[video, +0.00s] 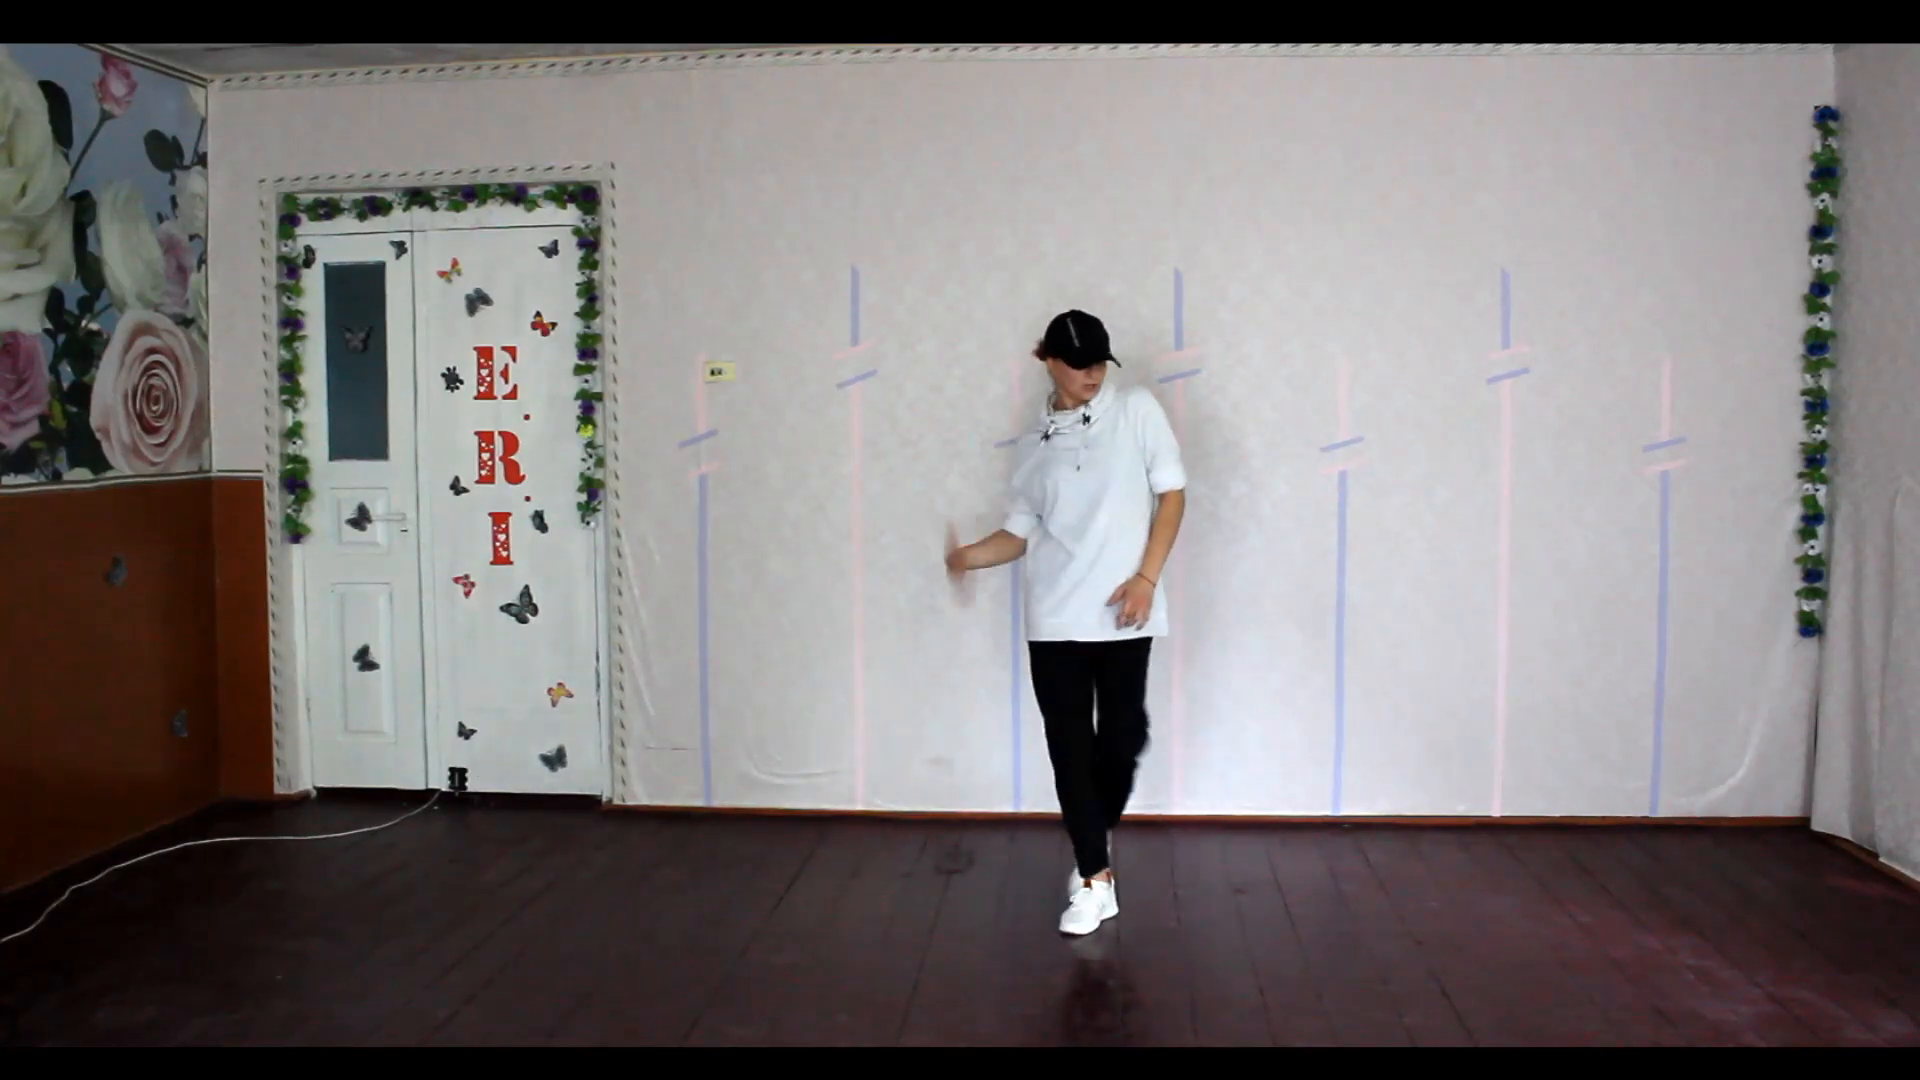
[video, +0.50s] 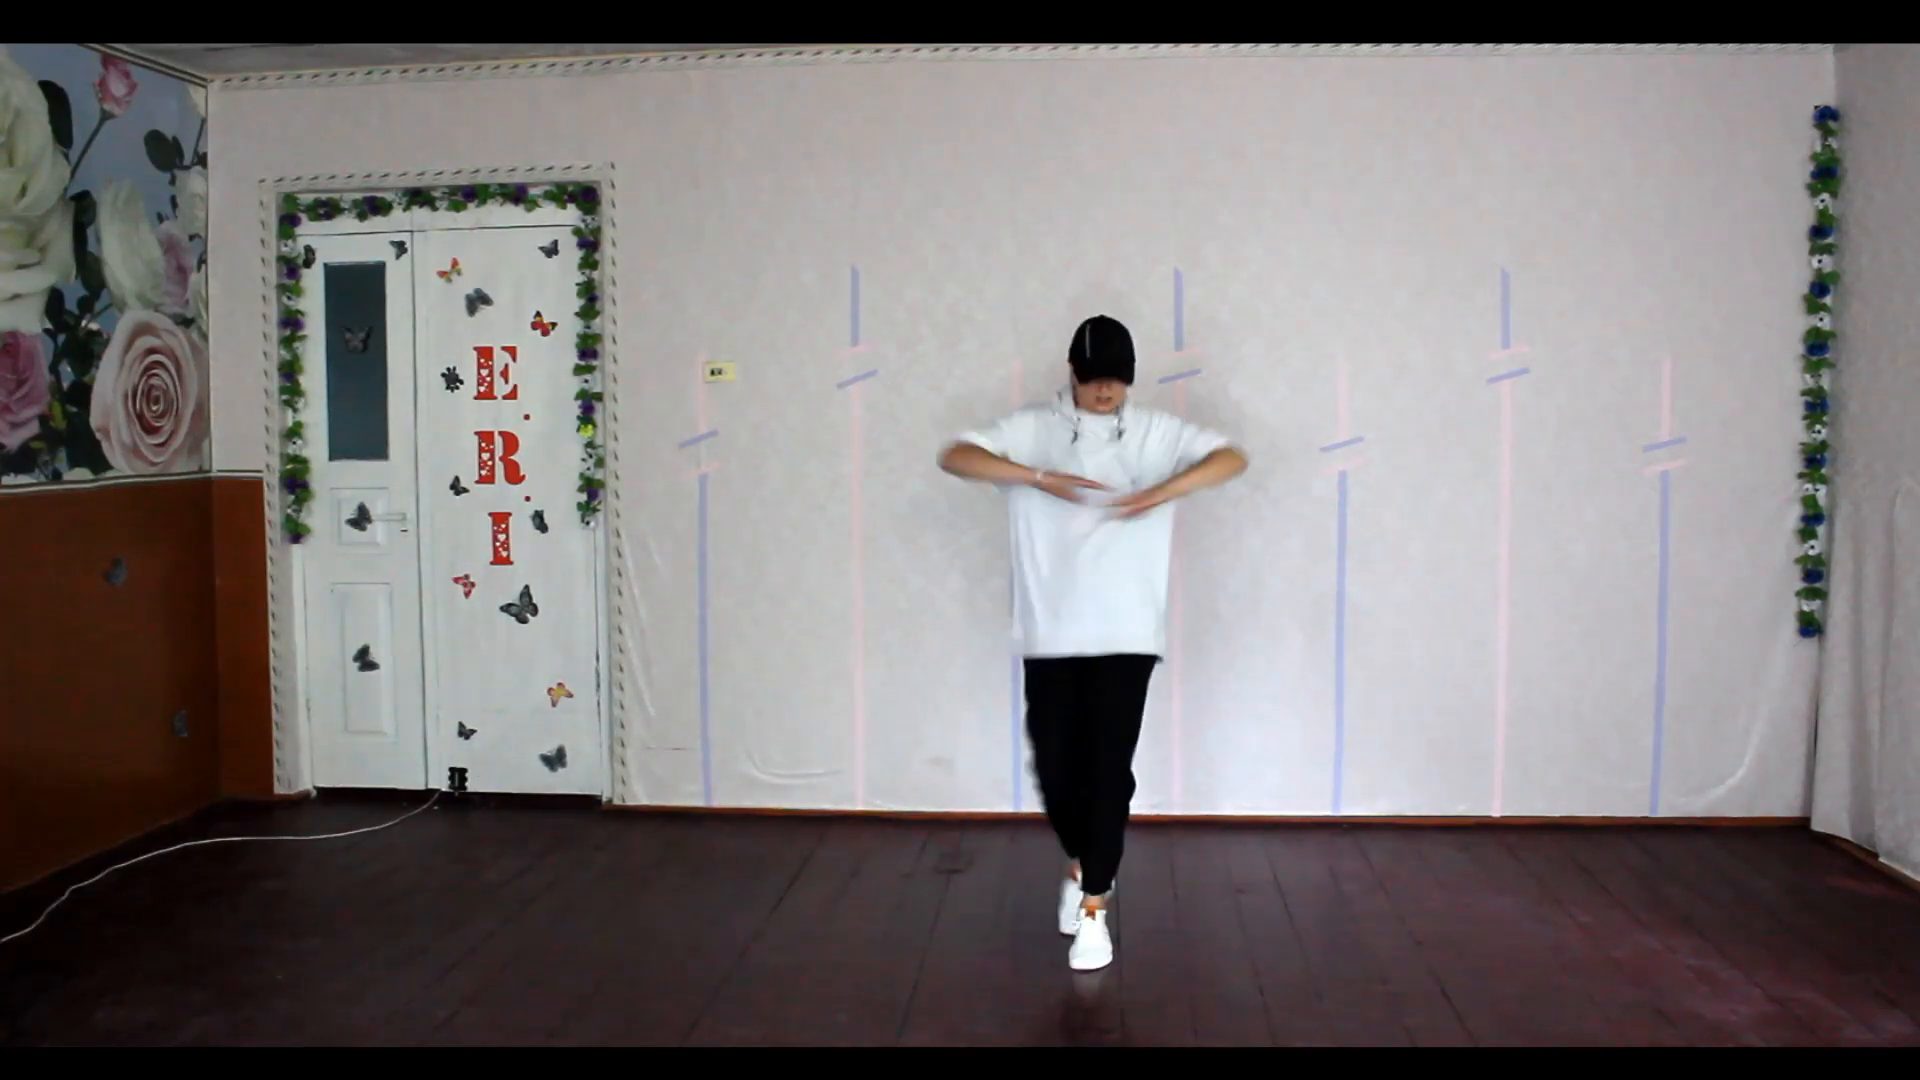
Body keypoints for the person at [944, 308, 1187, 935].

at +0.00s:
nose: (1094, 377)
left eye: (1100, 366)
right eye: (1082, 368)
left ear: (1108, 361)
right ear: (1051, 364)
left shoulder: (1134, 407)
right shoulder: (1035, 445)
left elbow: (1172, 494)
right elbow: (1018, 533)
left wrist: (1147, 577)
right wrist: (974, 554)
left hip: (1122, 617)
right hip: (1053, 623)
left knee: (1124, 739)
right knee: (1070, 750)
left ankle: (1091, 848)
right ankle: (1095, 879)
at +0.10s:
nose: (1083, 380)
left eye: (1093, 369)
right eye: (1071, 369)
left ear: (1106, 363)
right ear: (1049, 363)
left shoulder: (1134, 406)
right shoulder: (1032, 442)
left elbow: (1176, 491)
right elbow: (1018, 524)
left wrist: (1153, 572)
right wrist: (983, 556)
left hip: (1125, 620)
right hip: (1055, 626)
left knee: (1133, 745)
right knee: (1074, 758)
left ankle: (1113, 811)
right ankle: (1094, 882)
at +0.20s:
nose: (1085, 374)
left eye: (1096, 364)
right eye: (1075, 362)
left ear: (1111, 360)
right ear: (1055, 356)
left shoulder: (1141, 407)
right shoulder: (1028, 437)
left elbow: (1180, 486)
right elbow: (1002, 526)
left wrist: (1155, 558)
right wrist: (1027, 528)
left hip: (1121, 605)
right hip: (1055, 616)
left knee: (1115, 728)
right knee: (1073, 754)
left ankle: (1129, 808)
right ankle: (1095, 881)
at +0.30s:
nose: (1092, 367)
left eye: (1103, 356)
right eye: (1081, 355)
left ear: (1119, 357)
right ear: (1062, 352)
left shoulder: (1143, 412)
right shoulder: (1026, 429)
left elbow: (1188, 491)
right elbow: (987, 518)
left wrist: (1147, 544)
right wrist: (1063, 516)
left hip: (1121, 601)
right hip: (1053, 612)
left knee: (1107, 721)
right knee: (1074, 745)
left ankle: (1121, 849)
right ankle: (1093, 881)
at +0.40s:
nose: (1099, 375)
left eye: (1110, 364)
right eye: (1088, 363)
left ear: (1124, 367)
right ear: (1068, 362)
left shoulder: (1149, 431)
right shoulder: (1033, 431)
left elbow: (1207, 497)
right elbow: (981, 507)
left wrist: (1136, 524)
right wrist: (1080, 506)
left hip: (1122, 615)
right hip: (1052, 621)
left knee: (1106, 748)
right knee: (1074, 755)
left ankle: (1107, 894)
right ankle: (1093, 880)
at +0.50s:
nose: (1105, 394)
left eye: (1116, 384)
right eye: (1094, 383)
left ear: (1132, 379)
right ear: (1073, 375)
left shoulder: (1153, 430)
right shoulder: (1034, 426)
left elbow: (1233, 459)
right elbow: (954, 456)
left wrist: (1160, 494)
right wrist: (1038, 478)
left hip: (1125, 637)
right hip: (1048, 636)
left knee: (1107, 771)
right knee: (1056, 770)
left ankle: (1096, 906)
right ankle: (1079, 868)